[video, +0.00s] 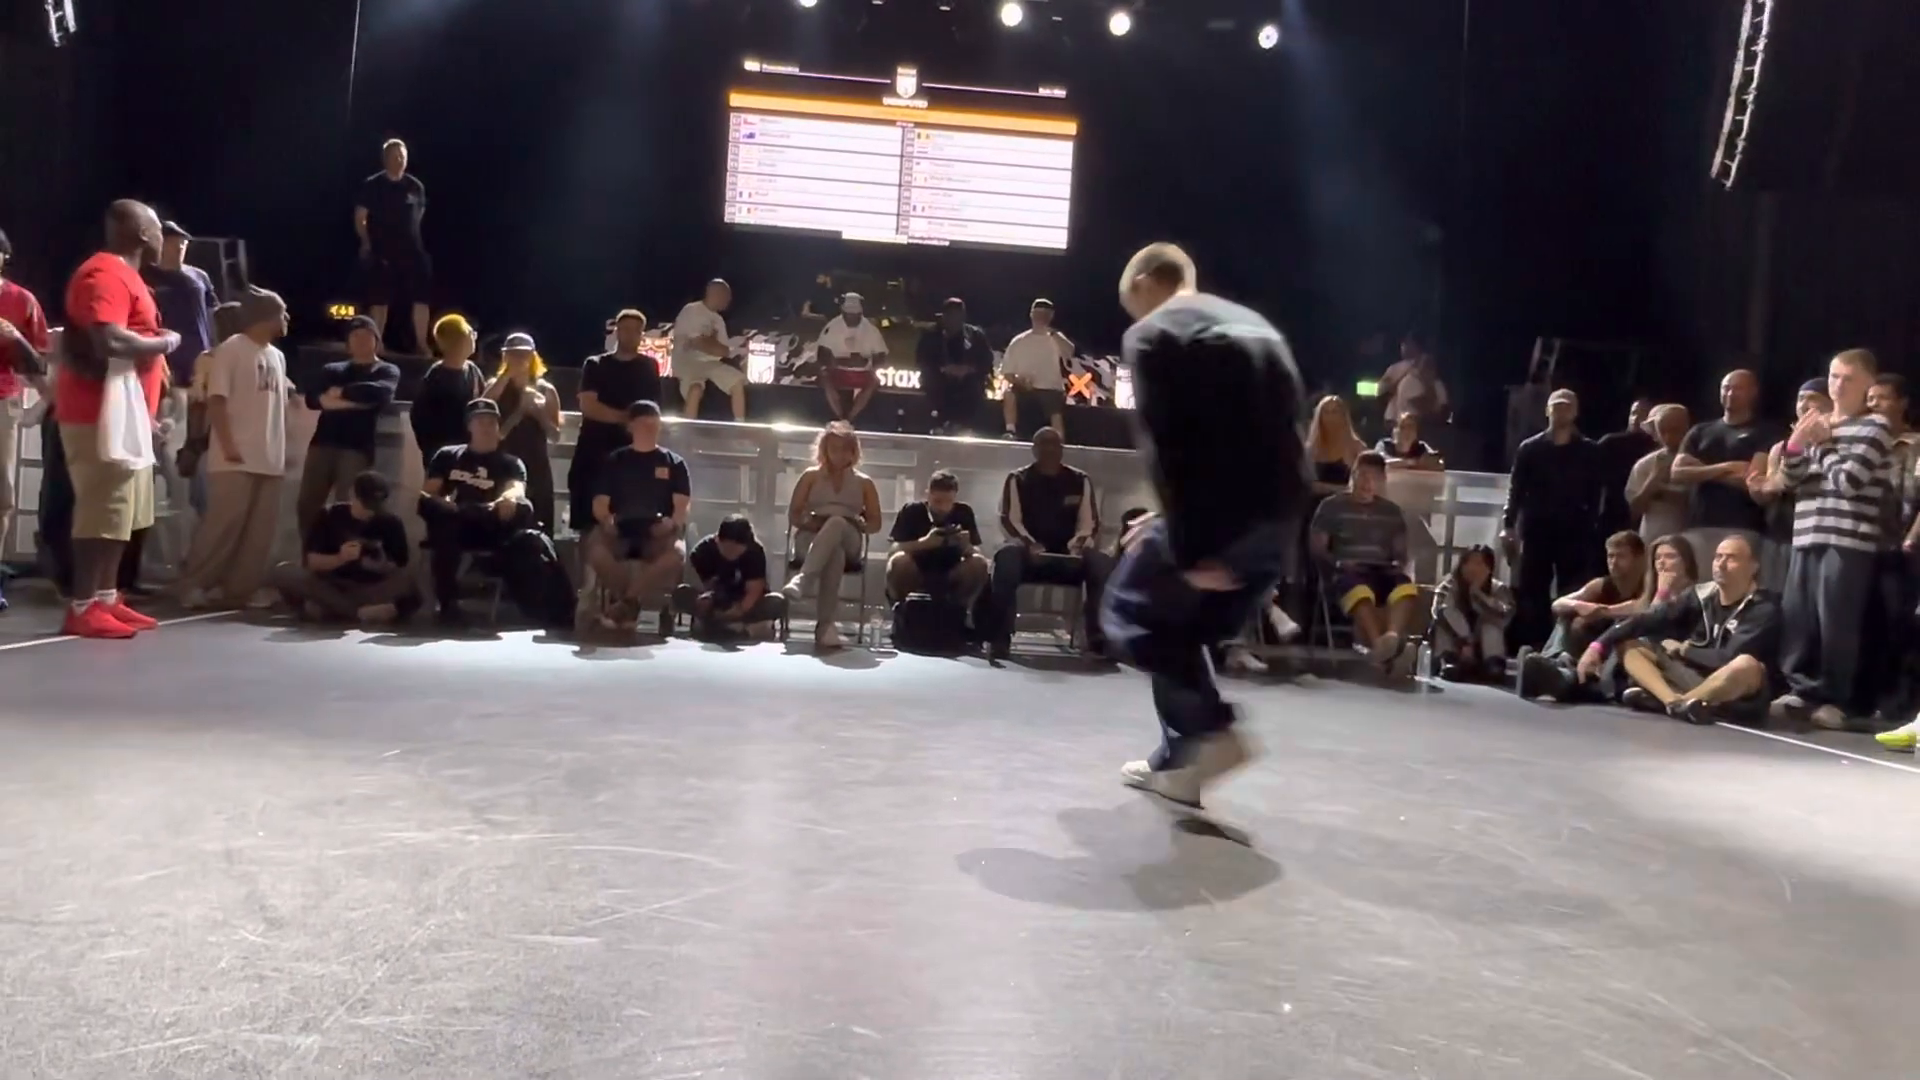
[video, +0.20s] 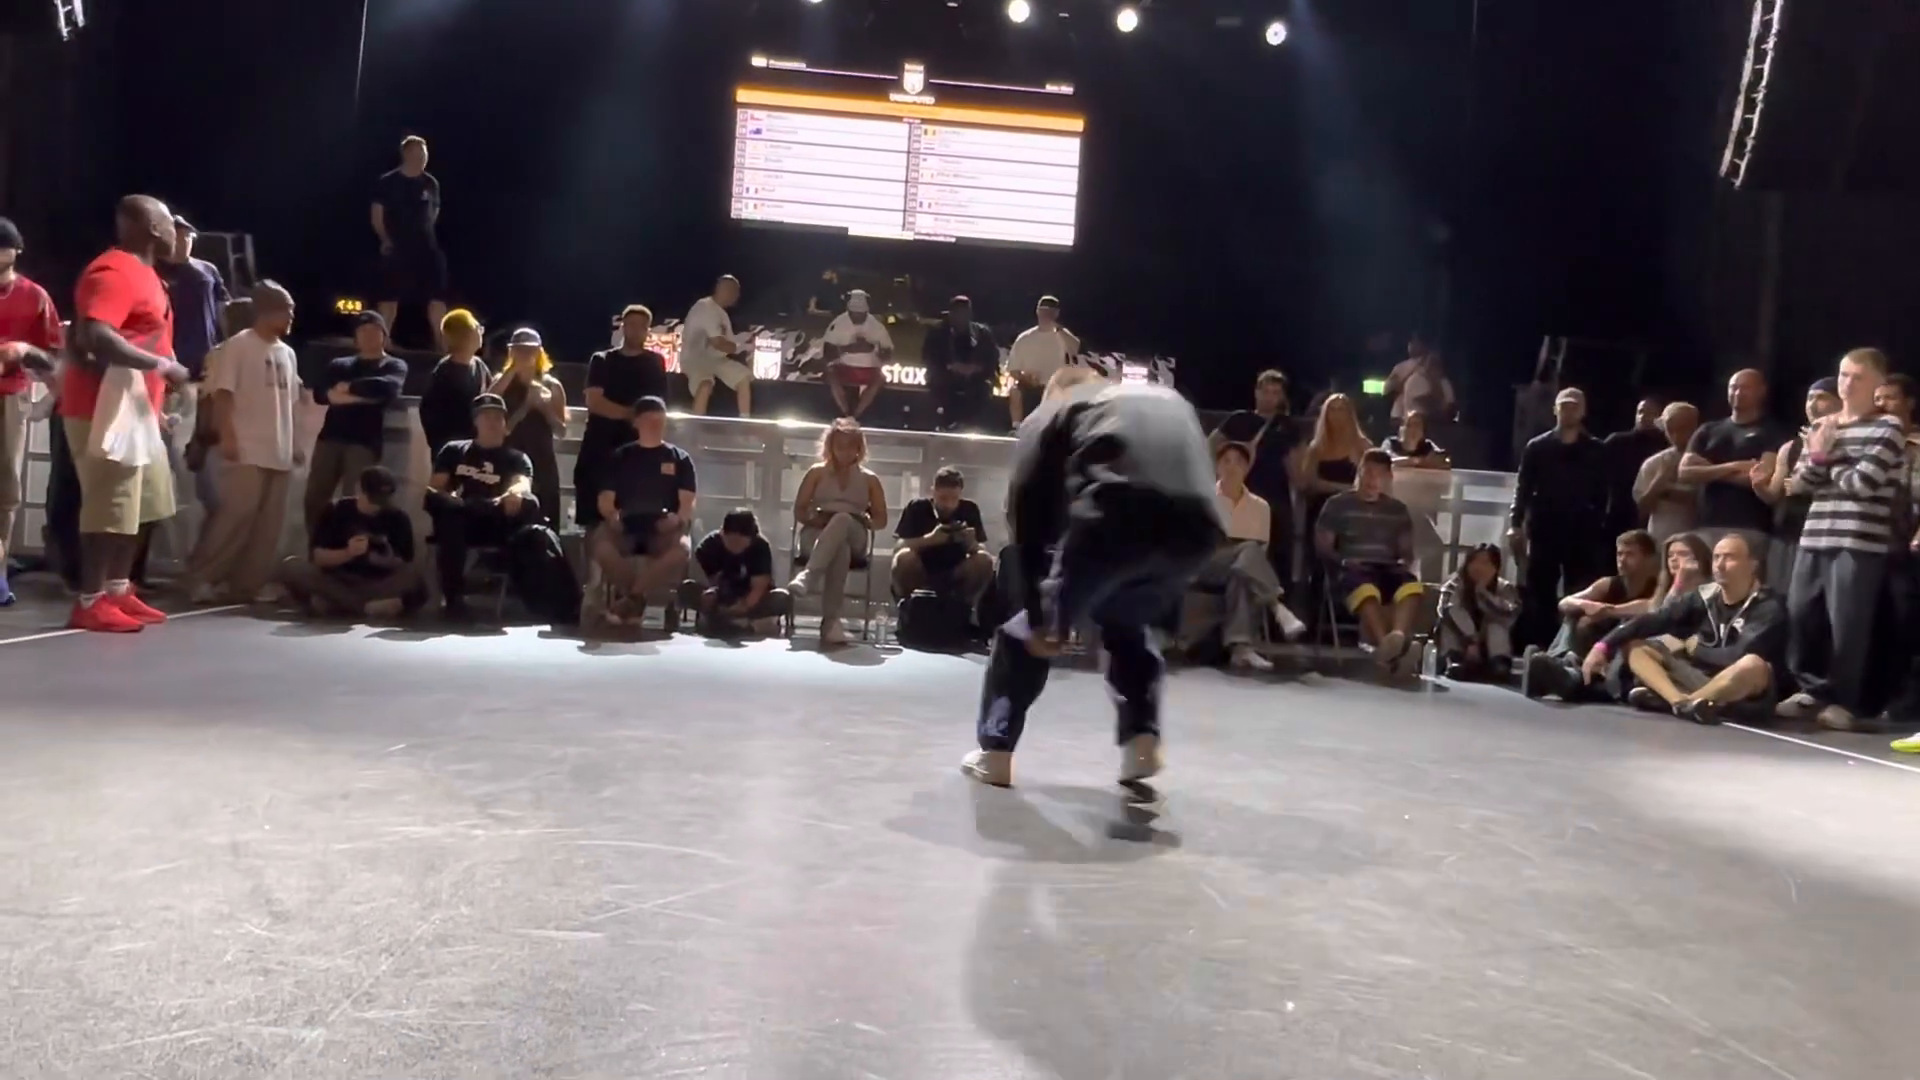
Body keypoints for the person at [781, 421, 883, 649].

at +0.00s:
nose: (840, 454)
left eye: (846, 449)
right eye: (835, 449)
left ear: (854, 452)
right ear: (824, 450)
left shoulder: (864, 483)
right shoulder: (811, 477)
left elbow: (875, 524)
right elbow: (795, 516)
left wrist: (852, 522)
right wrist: (819, 526)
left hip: (850, 545)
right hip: (810, 540)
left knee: (836, 523)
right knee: (835, 552)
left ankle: (802, 578)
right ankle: (825, 626)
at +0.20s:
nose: (847, 451)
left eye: (852, 446)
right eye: (841, 446)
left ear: (860, 448)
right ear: (830, 447)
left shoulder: (869, 480)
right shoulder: (817, 473)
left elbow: (880, 521)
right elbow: (800, 512)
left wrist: (857, 519)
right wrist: (823, 523)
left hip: (855, 541)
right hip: (815, 536)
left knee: (842, 519)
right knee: (840, 548)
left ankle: (807, 575)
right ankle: (831, 622)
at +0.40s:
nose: (849, 449)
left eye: (855, 444)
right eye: (844, 444)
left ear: (863, 447)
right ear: (833, 445)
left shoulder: (872, 478)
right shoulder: (820, 471)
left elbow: (884, 519)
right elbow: (803, 510)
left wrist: (858, 517)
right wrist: (828, 521)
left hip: (858, 539)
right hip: (818, 534)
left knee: (845, 517)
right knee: (843, 545)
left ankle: (811, 572)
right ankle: (834, 620)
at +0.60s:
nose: (853, 448)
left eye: (858, 442)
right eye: (847, 442)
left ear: (866, 445)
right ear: (837, 444)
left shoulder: (876, 477)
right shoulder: (823, 469)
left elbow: (887, 517)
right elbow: (807, 508)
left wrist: (863, 515)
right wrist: (830, 519)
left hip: (861, 537)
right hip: (822, 533)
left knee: (848, 515)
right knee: (846, 544)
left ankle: (813, 570)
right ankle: (836, 618)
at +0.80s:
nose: (856, 447)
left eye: (862, 441)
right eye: (850, 441)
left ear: (870, 444)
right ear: (840, 443)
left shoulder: (879, 475)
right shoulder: (827, 469)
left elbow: (890, 517)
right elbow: (810, 508)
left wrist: (866, 514)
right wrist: (833, 517)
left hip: (865, 536)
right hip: (826, 531)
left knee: (851, 514)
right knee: (850, 542)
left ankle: (817, 569)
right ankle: (840, 617)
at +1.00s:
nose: (857, 445)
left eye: (863, 440)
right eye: (852, 440)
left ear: (872, 442)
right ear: (842, 441)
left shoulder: (882, 473)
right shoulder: (829, 467)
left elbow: (892, 514)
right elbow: (812, 505)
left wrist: (870, 513)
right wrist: (834, 515)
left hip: (867, 535)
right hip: (827, 530)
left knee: (853, 512)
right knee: (852, 541)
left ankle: (818, 568)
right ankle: (842, 616)